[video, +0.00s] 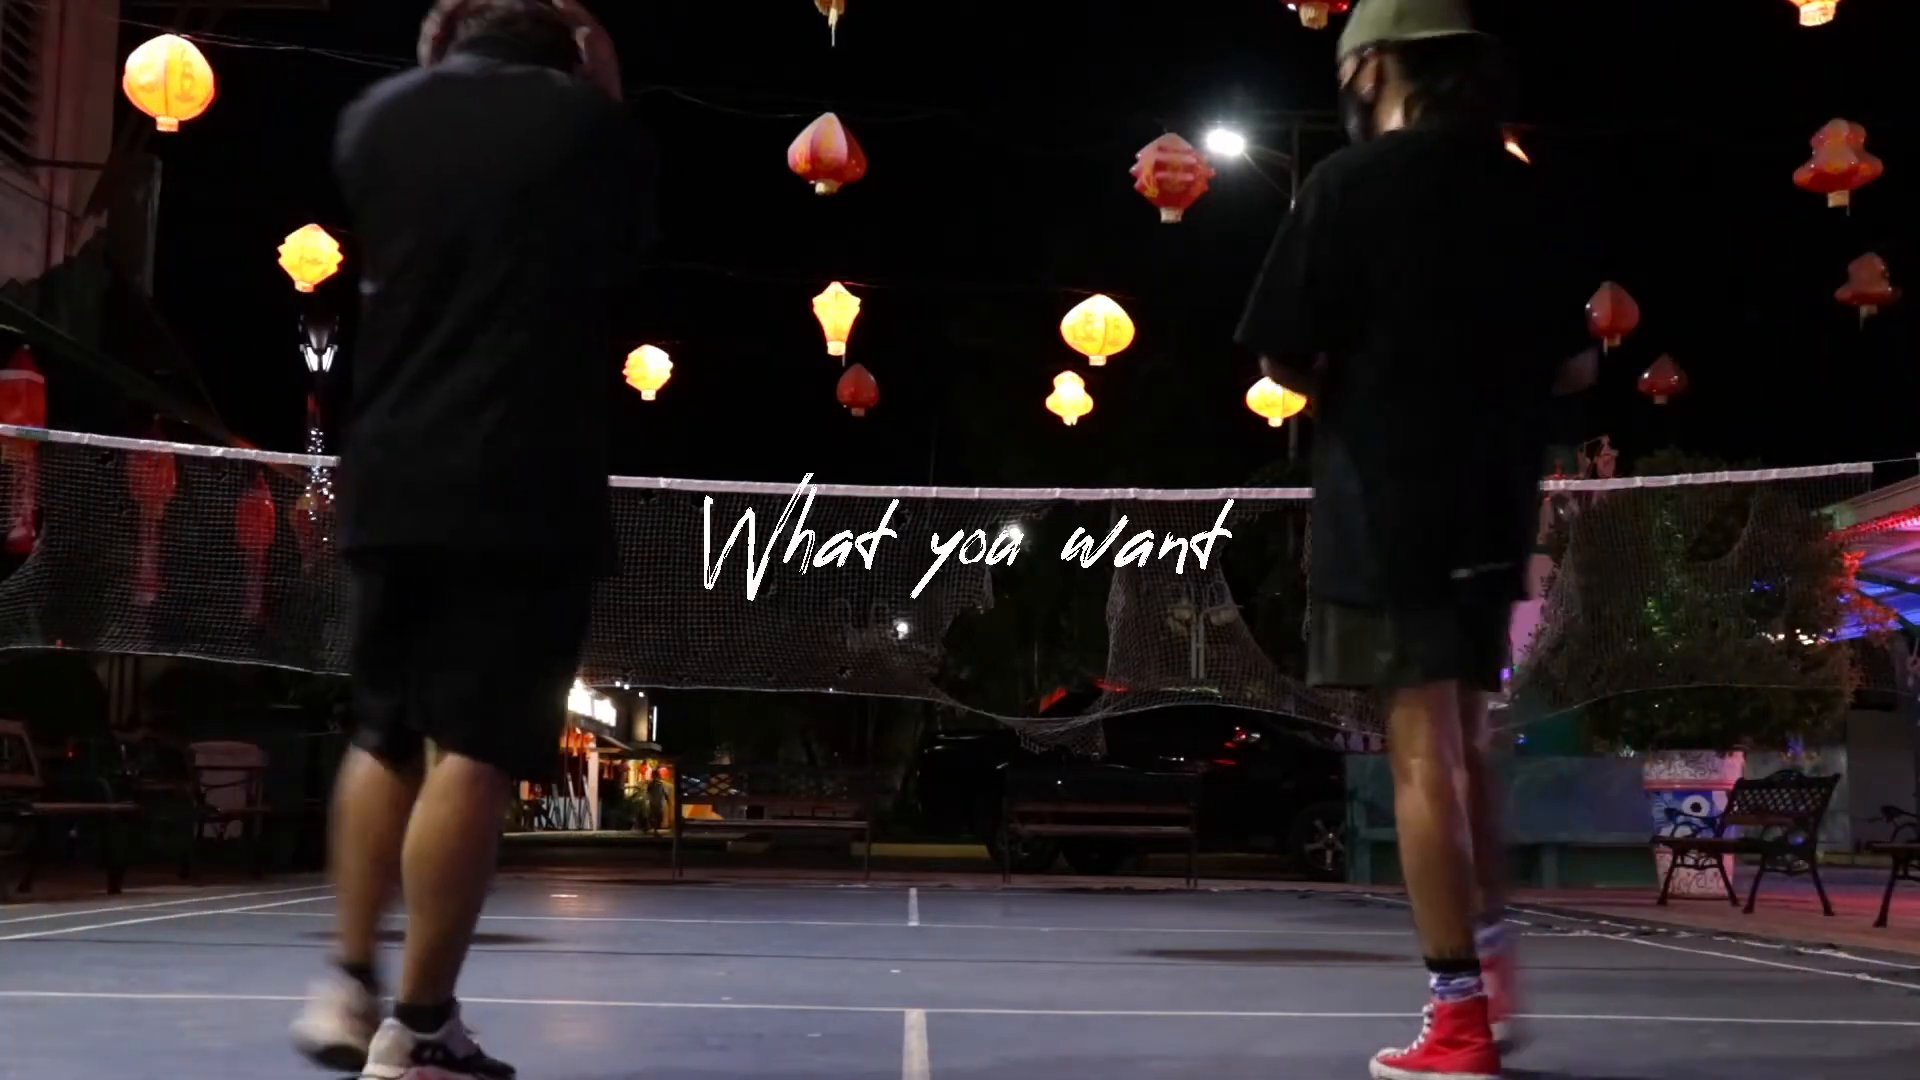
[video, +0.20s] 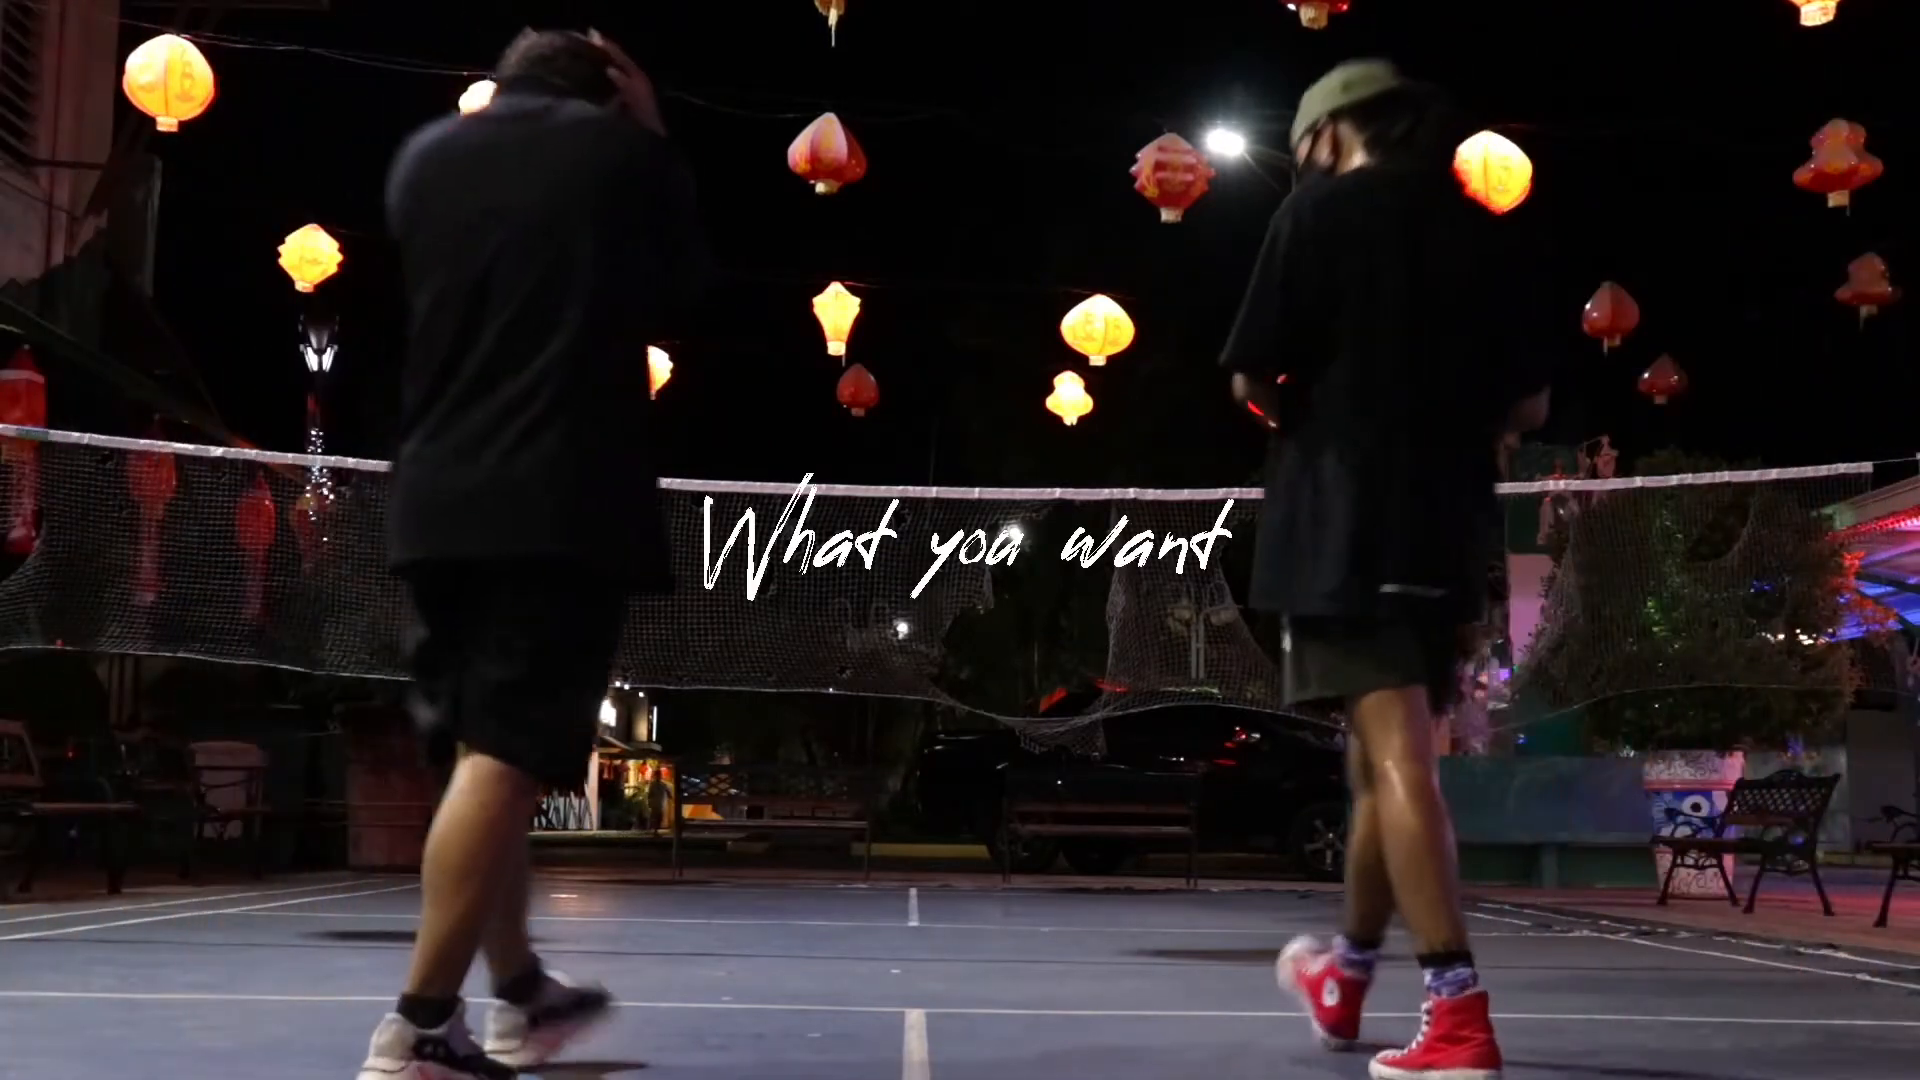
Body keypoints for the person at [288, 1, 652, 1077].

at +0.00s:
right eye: (574, 49)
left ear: (448, 52)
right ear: (563, 61)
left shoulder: (378, 120)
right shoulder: (594, 131)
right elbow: (624, 253)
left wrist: (429, 66)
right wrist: (609, 100)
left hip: (393, 477)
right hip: (532, 484)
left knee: (382, 731)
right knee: (472, 757)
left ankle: (349, 984)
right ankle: (417, 1028)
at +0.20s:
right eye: (614, 80)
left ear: (497, 85)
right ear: (604, 88)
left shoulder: (422, 161)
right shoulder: (619, 153)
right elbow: (678, 295)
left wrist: (482, 114)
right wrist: (648, 135)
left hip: (439, 492)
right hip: (572, 494)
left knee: (484, 748)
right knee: (505, 754)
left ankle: (522, 991)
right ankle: (417, 1027)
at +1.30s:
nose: (1018, 170)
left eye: (1015, 153)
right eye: (1013, 153)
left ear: (910, 149)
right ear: (981, 150)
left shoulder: (856, 246)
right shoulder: (971, 239)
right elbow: (1087, 345)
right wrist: (1032, 234)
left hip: (878, 543)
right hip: (951, 546)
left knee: (979, 764)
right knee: (909, 766)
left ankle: (1000, 991)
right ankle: (854, 1004)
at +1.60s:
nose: (1129, 192)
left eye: (1126, 177)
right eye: (1124, 179)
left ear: (1024, 180)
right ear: (1096, 181)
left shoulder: (985, 274)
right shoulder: (1101, 264)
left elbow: (961, 439)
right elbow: (1220, 345)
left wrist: (963, 548)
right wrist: (1157, 240)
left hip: (1006, 556)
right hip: (1101, 554)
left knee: (1060, 772)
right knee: (1098, 771)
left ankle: (1108, 990)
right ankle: (953, 931)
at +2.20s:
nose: (1369, 226)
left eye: (1365, 213)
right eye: (1363, 213)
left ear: (1265, 217)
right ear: (1339, 221)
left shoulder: (1216, 313)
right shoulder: (1349, 303)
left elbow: (1260, 431)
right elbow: (1445, 405)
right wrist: (1406, 299)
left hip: (1246, 591)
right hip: (1351, 591)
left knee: (1249, 773)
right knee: (1361, 792)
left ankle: (1151, 952)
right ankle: (1378, 1005)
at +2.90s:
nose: (1538, 259)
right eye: (1532, 247)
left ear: (1442, 265)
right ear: (1526, 257)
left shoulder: (1406, 362)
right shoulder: (1573, 347)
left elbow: (1360, 497)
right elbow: (1627, 487)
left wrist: (1402, 593)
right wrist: (1656, 598)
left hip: (1448, 614)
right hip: (1557, 608)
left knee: (1483, 789)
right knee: (1596, 775)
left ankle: (1506, 1009)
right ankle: (1513, 918)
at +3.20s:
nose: (1613, 292)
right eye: (1611, 279)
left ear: (1517, 287)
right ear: (1600, 285)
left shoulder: (1477, 385)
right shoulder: (1632, 373)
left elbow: (1461, 518)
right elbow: (1682, 512)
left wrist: (1511, 584)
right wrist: (1694, 623)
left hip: (1509, 629)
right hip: (1622, 627)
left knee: (1521, 801)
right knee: (1644, 815)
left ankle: (1521, 998)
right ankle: (1689, 991)